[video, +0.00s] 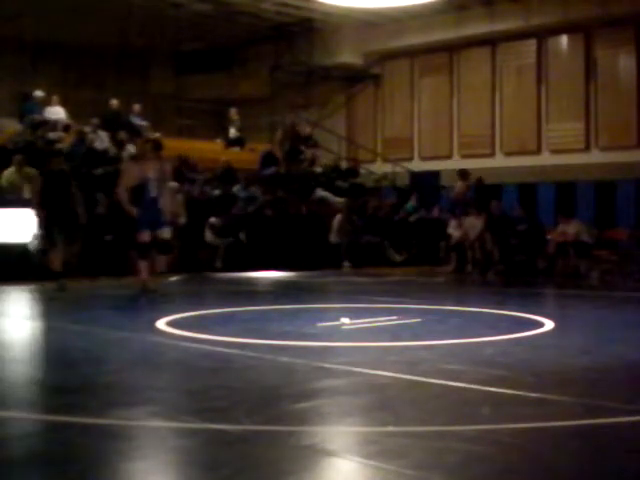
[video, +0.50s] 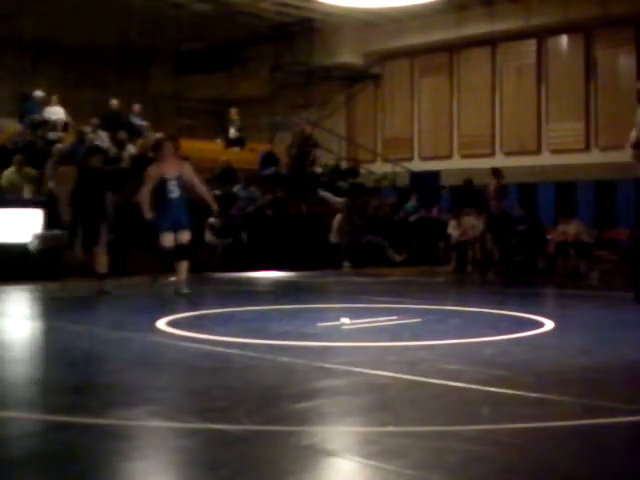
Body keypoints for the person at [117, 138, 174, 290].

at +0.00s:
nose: (150, 155)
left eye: (153, 151)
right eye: (147, 150)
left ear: (158, 151)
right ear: (142, 150)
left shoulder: (164, 166)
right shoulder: (134, 167)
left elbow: (170, 188)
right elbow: (122, 189)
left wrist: (172, 207)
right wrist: (130, 208)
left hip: (161, 210)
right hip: (142, 211)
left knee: (162, 244)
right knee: (143, 245)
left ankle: (161, 275)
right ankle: (144, 278)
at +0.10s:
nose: (150, 154)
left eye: (153, 150)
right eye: (148, 150)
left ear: (158, 151)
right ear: (144, 151)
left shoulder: (165, 167)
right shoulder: (137, 169)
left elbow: (171, 190)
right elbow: (127, 192)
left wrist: (175, 209)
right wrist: (133, 209)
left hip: (163, 211)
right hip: (145, 212)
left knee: (169, 244)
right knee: (144, 246)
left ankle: (174, 277)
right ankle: (144, 279)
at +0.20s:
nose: (152, 156)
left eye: (154, 152)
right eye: (149, 152)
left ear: (160, 152)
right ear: (145, 154)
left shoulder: (169, 168)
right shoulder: (141, 171)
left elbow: (179, 189)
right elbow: (132, 192)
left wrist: (182, 210)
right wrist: (138, 208)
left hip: (167, 211)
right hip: (149, 213)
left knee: (172, 244)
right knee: (148, 246)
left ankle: (178, 276)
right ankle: (144, 277)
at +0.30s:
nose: (157, 156)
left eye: (159, 152)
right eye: (153, 153)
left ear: (166, 152)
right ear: (150, 154)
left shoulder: (175, 170)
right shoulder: (148, 172)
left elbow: (188, 189)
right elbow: (138, 194)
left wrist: (198, 208)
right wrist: (144, 209)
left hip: (175, 213)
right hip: (156, 213)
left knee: (177, 247)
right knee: (153, 248)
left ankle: (181, 282)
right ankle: (147, 281)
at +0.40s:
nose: (165, 155)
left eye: (168, 151)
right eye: (162, 152)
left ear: (172, 152)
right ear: (157, 153)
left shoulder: (179, 169)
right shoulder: (152, 171)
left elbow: (193, 187)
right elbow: (142, 194)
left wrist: (206, 204)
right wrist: (147, 210)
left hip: (179, 211)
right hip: (161, 212)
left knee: (182, 244)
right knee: (162, 245)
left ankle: (182, 282)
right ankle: (154, 275)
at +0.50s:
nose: (168, 153)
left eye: (171, 149)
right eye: (165, 150)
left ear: (176, 150)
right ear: (160, 151)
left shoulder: (184, 167)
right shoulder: (155, 170)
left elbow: (198, 185)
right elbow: (145, 191)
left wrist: (211, 202)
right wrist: (147, 211)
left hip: (183, 210)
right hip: (164, 211)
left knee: (184, 246)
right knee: (168, 247)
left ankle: (182, 282)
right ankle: (167, 278)